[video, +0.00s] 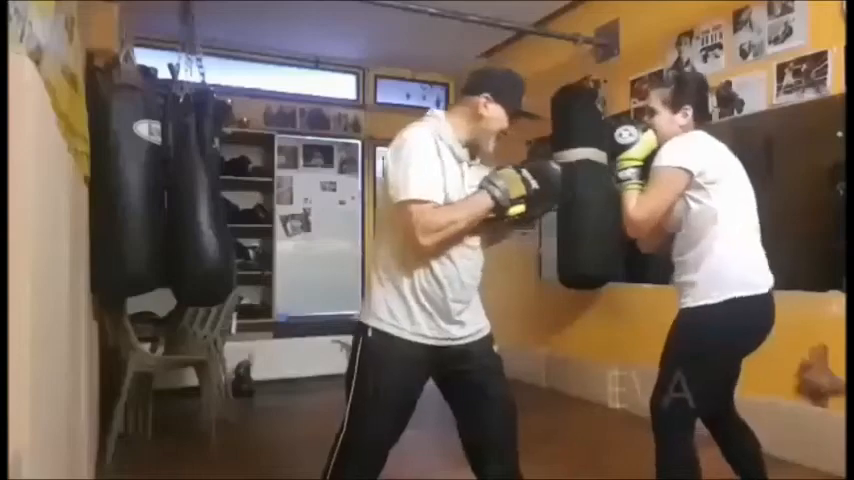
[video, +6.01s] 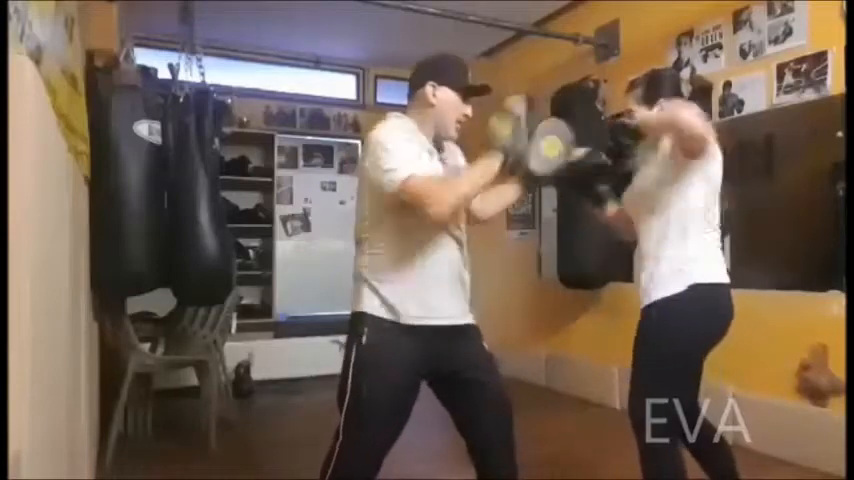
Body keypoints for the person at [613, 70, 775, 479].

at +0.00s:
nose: (645, 121)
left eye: (652, 112)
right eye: (645, 113)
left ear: (683, 114)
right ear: (684, 116)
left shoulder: (685, 149)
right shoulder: (713, 151)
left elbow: (639, 223)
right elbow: (651, 241)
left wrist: (628, 169)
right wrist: (633, 176)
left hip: (713, 307)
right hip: (747, 303)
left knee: (669, 409)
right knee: (716, 408)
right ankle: (756, 474)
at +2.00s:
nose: (621, 117)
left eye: (627, 107)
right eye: (619, 109)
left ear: (656, 102)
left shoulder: (690, 146)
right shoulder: (633, 165)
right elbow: (611, 221)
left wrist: (653, 116)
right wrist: (578, 186)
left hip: (701, 301)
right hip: (669, 307)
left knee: (644, 413)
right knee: (691, 409)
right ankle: (742, 474)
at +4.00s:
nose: (605, 214)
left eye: (610, 201)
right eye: (603, 203)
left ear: (641, 195)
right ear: (639, 197)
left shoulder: (686, 223)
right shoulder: (655, 231)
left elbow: (677, 312)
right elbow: (631, 313)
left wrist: (640, 279)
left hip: (747, 349)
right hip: (718, 346)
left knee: (647, 421)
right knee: (659, 422)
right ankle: (716, 474)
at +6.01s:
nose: (629, 118)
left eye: (634, 109)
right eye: (628, 111)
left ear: (657, 107)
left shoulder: (694, 150)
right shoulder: (649, 167)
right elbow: (634, 230)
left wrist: (640, 120)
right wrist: (597, 198)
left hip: (692, 295)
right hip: (665, 299)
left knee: (648, 413)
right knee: (682, 410)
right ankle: (727, 472)